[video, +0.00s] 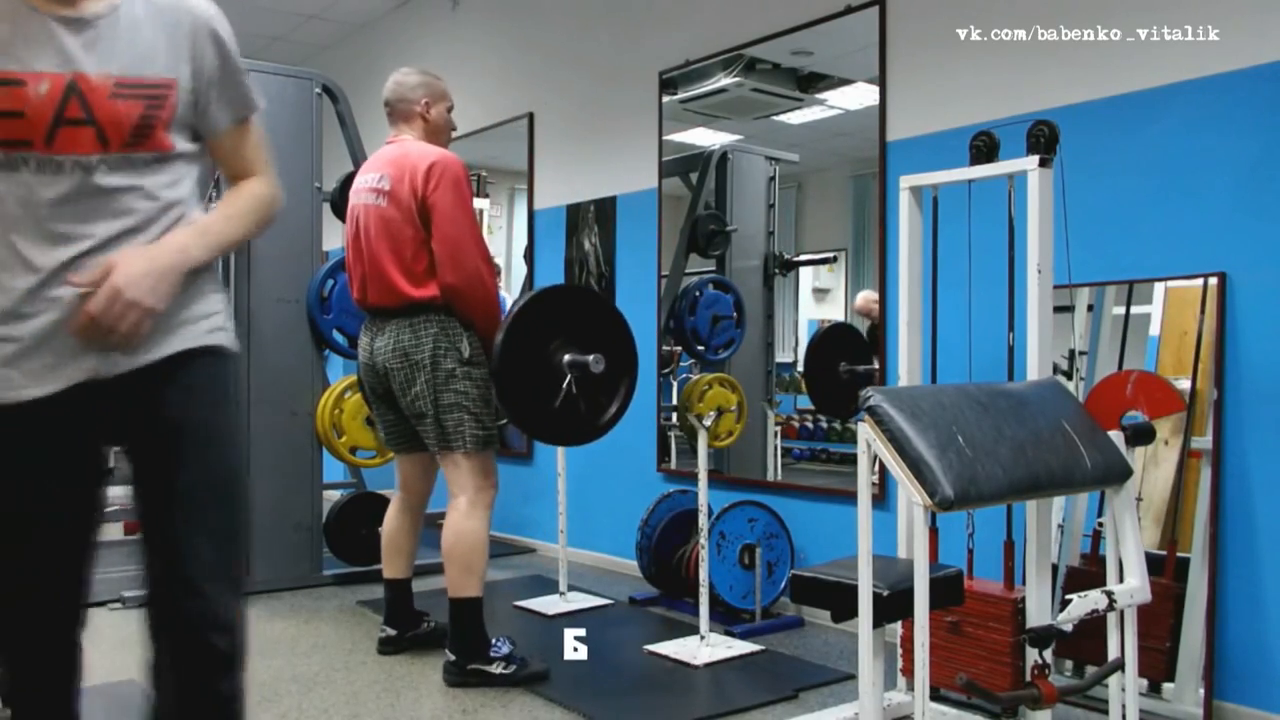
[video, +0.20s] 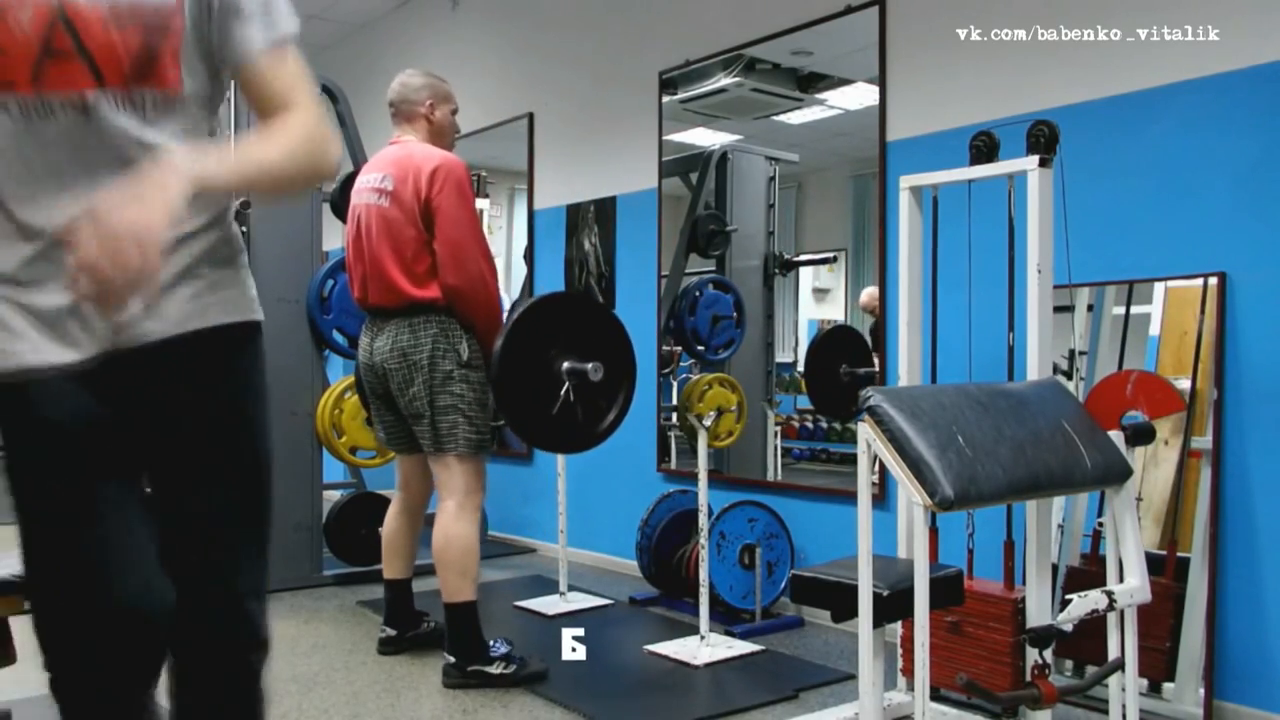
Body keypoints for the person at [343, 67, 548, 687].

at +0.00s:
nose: (453, 122)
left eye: (451, 112)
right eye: (450, 111)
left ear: (399, 112)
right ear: (427, 108)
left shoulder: (368, 171)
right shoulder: (438, 164)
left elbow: (360, 271)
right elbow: (464, 270)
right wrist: (498, 341)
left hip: (378, 338)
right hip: (436, 333)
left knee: (412, 482)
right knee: (472, 488)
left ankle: (400, 621)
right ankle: (470, 650)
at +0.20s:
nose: (457, 123)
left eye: (456, 113)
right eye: (453, 112)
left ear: (404, 113)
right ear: (429, 110)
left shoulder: (370, 172)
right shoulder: (441, 167)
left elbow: (361, 269)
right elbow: (467, 273)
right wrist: (495, 345)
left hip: (378, 337)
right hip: (436, 334)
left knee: (410, 486)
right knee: (460, 495)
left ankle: (399, 622)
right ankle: (468, 653)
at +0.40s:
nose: (466, 124)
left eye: (465, 113)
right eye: (461, 112)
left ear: (413, 112)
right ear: (436, 109)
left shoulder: (376, 170)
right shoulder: (447, 168)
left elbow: (365, 268)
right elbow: (470, 275)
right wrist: (495, 345)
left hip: (379, 337)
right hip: (438, 336)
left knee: (410, 483)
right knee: (468, 492)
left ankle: (399, 621)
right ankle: (469, 652)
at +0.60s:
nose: (468, 124)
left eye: (468, 114)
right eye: (465, 113)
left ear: (415, 111)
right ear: (441, 109)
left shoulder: (379, 168)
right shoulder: (452, 166)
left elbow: (365, 268)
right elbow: (473, 274)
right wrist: (496, 343)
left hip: (379, 337)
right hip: (439, 336)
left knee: (408, 484)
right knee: (468, 493)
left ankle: (399, 622)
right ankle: (469, 652)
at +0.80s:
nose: (469, 123)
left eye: (468, 114)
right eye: (465, 112)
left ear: (416, 110)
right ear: (442, 109)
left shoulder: (380, 166)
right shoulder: (454, 164)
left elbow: (366, 266)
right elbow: (473, 272)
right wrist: (496, 342)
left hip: (378, 337)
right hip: (438, 336)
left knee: (407, 484)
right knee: (468, 494)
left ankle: (399, 622)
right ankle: (469, 652)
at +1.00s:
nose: (473, 121)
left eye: (472, 112)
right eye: (469, 111)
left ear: (421, 113)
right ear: (446, 110)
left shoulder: (387, 165)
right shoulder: (461, 164)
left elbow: (366, 266)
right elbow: (472, 273)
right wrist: (494, 343)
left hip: (377, 338)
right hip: (434, 338)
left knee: (412, 483)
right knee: (482, 491)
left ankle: (399, 620)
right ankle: (469, 651)